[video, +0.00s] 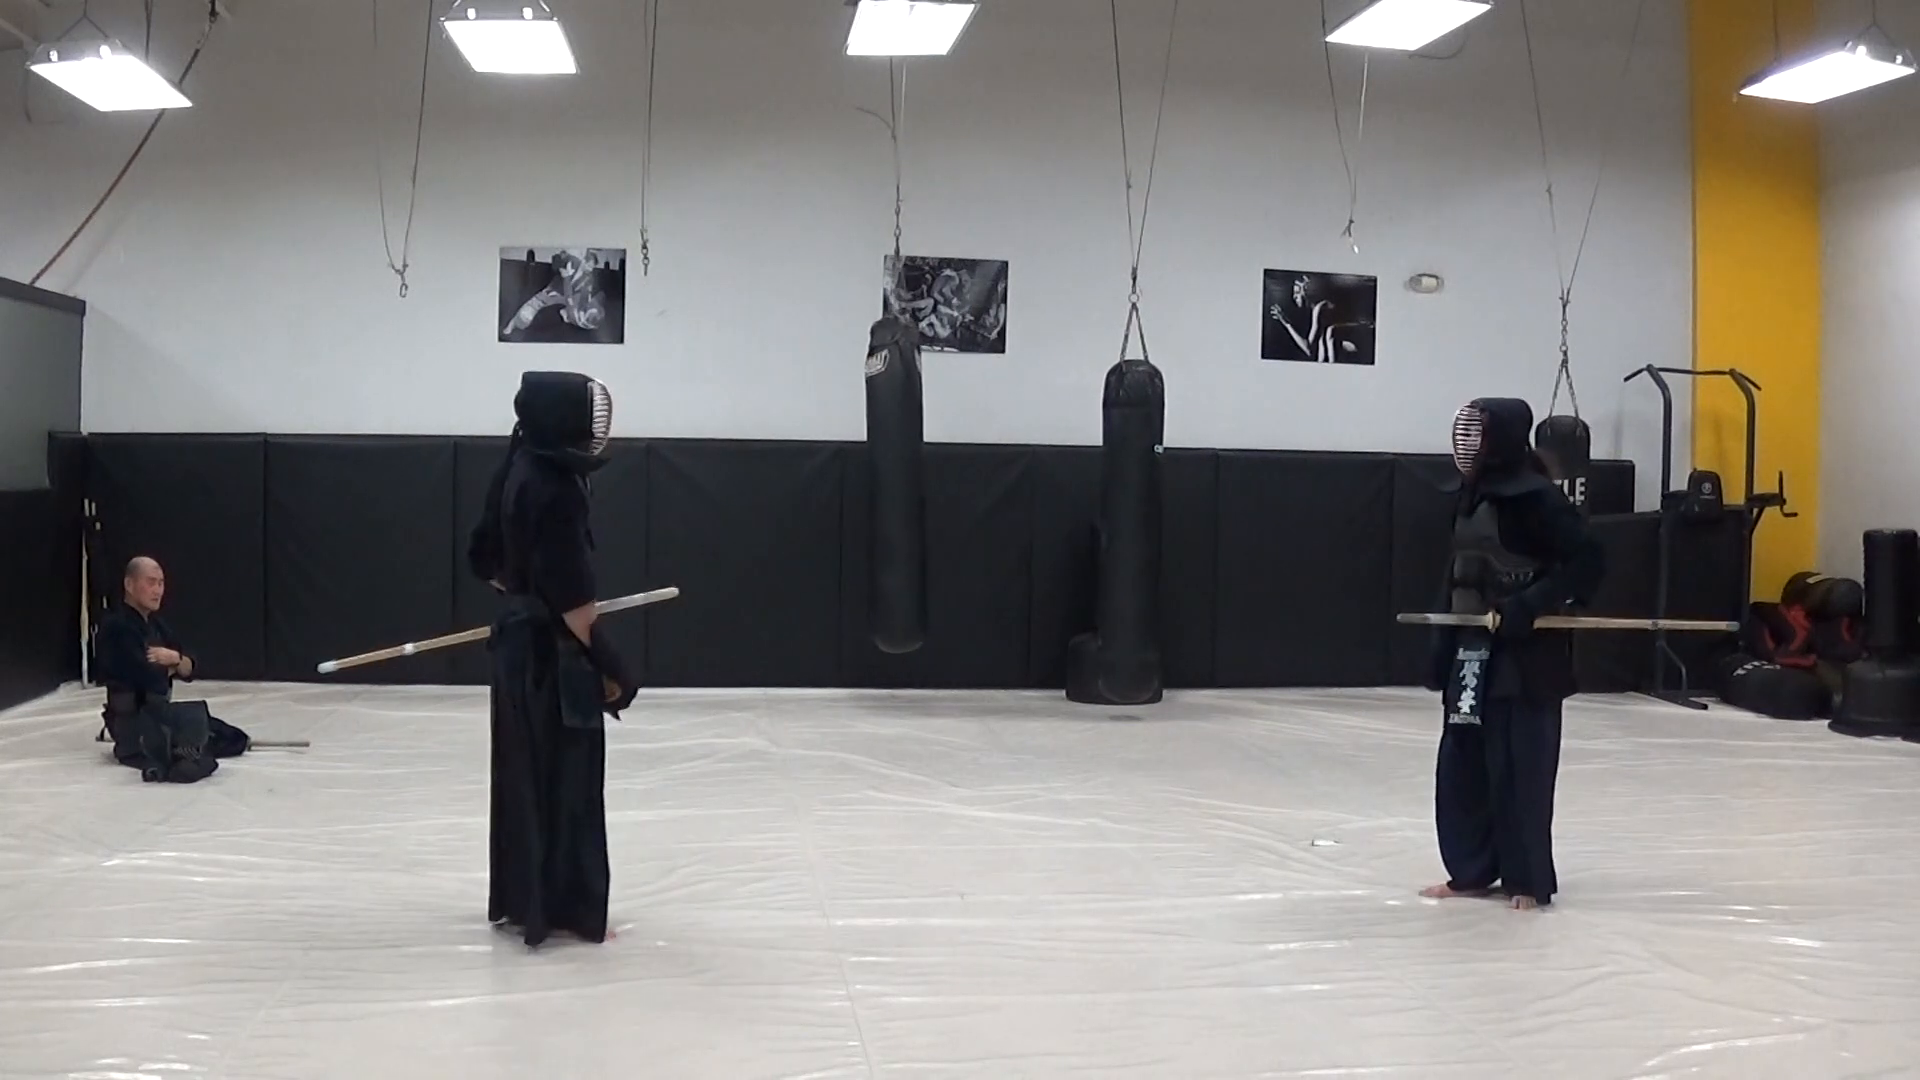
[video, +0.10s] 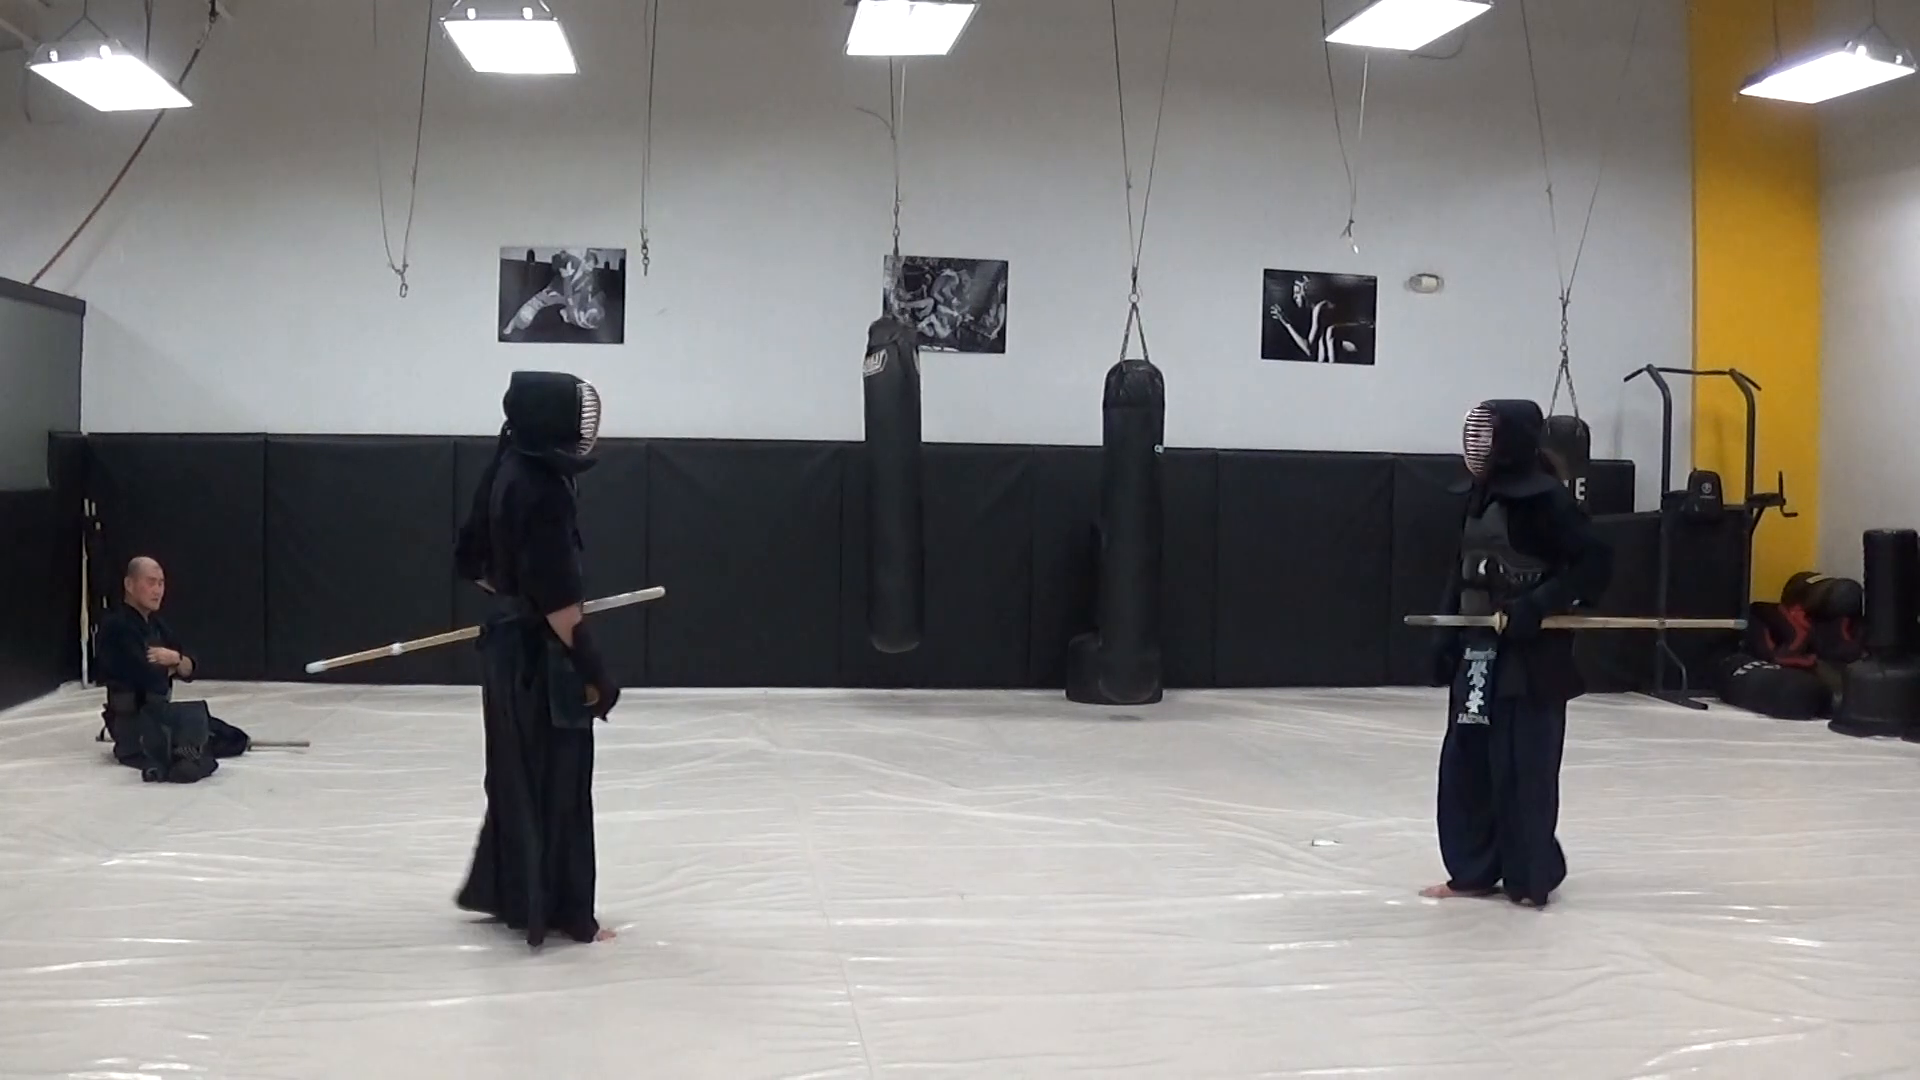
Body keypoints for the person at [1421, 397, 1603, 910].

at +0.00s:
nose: (1464, 449)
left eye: (1473, 439)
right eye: (1461, 438)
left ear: (1500, 441)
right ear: (1462, 440)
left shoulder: (1535, 497)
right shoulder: (1469, 499)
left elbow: (1586, 560)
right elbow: (1459, 580)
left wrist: (1527, 604)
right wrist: (1445, 652)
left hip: (1526, 655)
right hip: (1472, 654)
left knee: (1522, 768)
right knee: (1464, 764)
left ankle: (1528, 881)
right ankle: (1474, 872)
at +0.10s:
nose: (1473, 448)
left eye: (1483, 438)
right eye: (1471, 438)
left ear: (1510, 442)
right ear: (1472, 442)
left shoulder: (1546, 500)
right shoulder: (1476, 500)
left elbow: (1592, 563)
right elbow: (1462, 577)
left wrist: (1535, 605)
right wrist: (1448, 638)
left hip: (1532, 655)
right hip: (1478, 654)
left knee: (1526, 766)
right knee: (1468, 764)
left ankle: (1532, 879)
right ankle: (1475, 872)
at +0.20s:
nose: (1488, 449)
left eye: (1498, 440)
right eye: (1487, 439)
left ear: (1526, 445)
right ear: (1489, 442)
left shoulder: (1562, 503)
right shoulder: (1491, 501)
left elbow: (1603, 570)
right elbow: (1477, 574)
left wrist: (1545, 606)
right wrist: (1457, 632)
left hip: (1540, 653)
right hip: (1487, 650)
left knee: (1532, 764)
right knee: (1471, 761)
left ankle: (1570, 858)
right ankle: (1476, 872)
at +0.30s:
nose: (1508, 452)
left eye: (1520, 443)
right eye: (1507, 441)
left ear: (1548, 449)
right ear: (1504, 443)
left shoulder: (1579, 507)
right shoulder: (1508, 505)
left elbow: (1617, 576)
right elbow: (1491, 578)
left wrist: (1556, 609)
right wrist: (1471, 640)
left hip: (1554, 655)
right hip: (1500, 651)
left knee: (1546, 763)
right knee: (1477, 759)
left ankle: (1590, 863)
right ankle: (1477, 870)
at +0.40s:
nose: (1527, 455)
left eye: (1538, 446)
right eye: (1527, 445)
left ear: (1566, 451)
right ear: (1529, 448)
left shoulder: (1599, 510)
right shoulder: (1528, 506)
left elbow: (1628, 583)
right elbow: (1510, 581)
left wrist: (1572, 614)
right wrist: (1492, 643)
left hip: (1575, 661)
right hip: (1518, 654)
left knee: (1571, 765)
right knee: (1488, 760)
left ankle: (1597, 875)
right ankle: (1479, 872)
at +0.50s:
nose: (1550, 455)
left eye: (1561, 447)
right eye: (1549, 445)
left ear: (1588, 452)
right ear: (1550, 448)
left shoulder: (1622, 512)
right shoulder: (1553, 507)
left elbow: (1656, 582)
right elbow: (1541, 582)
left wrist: (1598, 614)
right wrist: (1524, 645)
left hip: (1604, 663)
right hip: (1546, 657)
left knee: (1595, 766)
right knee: (1508, 756)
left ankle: (1604, 878)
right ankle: (1482, 867)